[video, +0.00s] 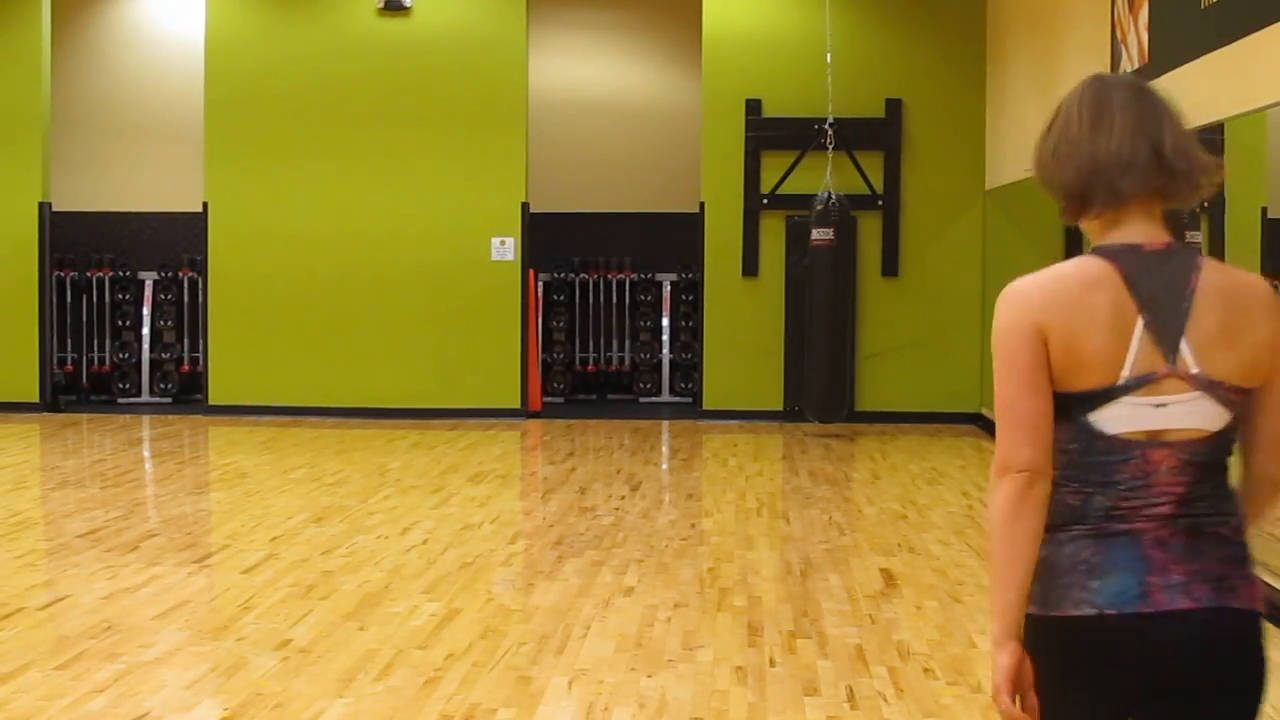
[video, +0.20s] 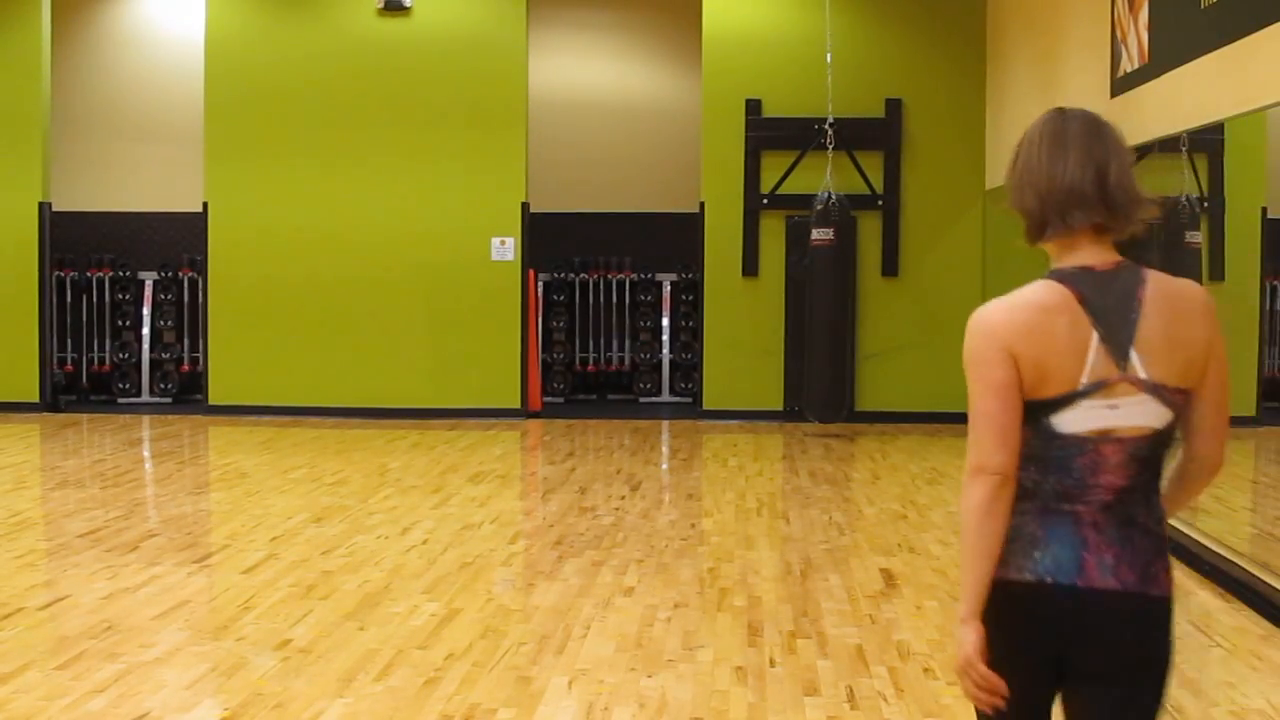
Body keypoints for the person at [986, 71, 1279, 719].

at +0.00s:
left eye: (1059, 163)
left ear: (1068, 173)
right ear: (1171, 163)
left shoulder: (1035, 303)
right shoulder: (1254, 301)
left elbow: (1022, 472)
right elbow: (1266, 476)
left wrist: (1006, 636)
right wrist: (1203, 539)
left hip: (1083, 627)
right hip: (1219, 621)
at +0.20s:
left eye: (1024, 182)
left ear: (1028, 196)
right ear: (1121, 187)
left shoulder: (1003, 323)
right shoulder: (1190, 306)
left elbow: (991, 475)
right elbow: (1206, 456)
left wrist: (968, 614)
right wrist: (1146, 515)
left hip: (1026, 590)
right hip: (1133, 589)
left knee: (1015, 707)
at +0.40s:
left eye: (997, 169)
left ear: (997, 182)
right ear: (1086, 178)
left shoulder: (966, 290)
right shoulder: (1141, 285)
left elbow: (937, 427)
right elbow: (1173, 423)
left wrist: (915, 517)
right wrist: (1192, 534)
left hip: (1002, 538)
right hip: (1103, 540)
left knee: (1012, 708)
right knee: (1064, 701)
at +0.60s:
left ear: (982, 202)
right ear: (1064, 205)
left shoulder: (940, 301)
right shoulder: (1099, 309)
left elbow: (911, 423)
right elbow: (1137, 425)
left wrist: (886, 481)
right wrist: (1181, 532)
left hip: (990, 532)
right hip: (1080, 528)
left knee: (990, 704)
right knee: (1045, 690)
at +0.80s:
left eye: (965, 181)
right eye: (1024, 182)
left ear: (961, 191)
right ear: (1035, 191)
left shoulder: (926, 280)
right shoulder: (1073, 285)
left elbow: (907, 398)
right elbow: (1089, 403)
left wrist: (900, 485)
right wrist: (1085, 481)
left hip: (964, 494)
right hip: (1054, 492)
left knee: (960, 636)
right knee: (1028, 659)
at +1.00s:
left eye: (947, 206)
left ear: (942, 213)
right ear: (1010, 211)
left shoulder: (916, 301)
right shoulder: (1050, 292)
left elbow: (909, 406)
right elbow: (1057, 392)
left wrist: (903, 499)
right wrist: (1011, 418)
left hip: (937, 498)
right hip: (1013, 498)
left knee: (931, 635)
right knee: (999, 648)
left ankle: (931, 718)